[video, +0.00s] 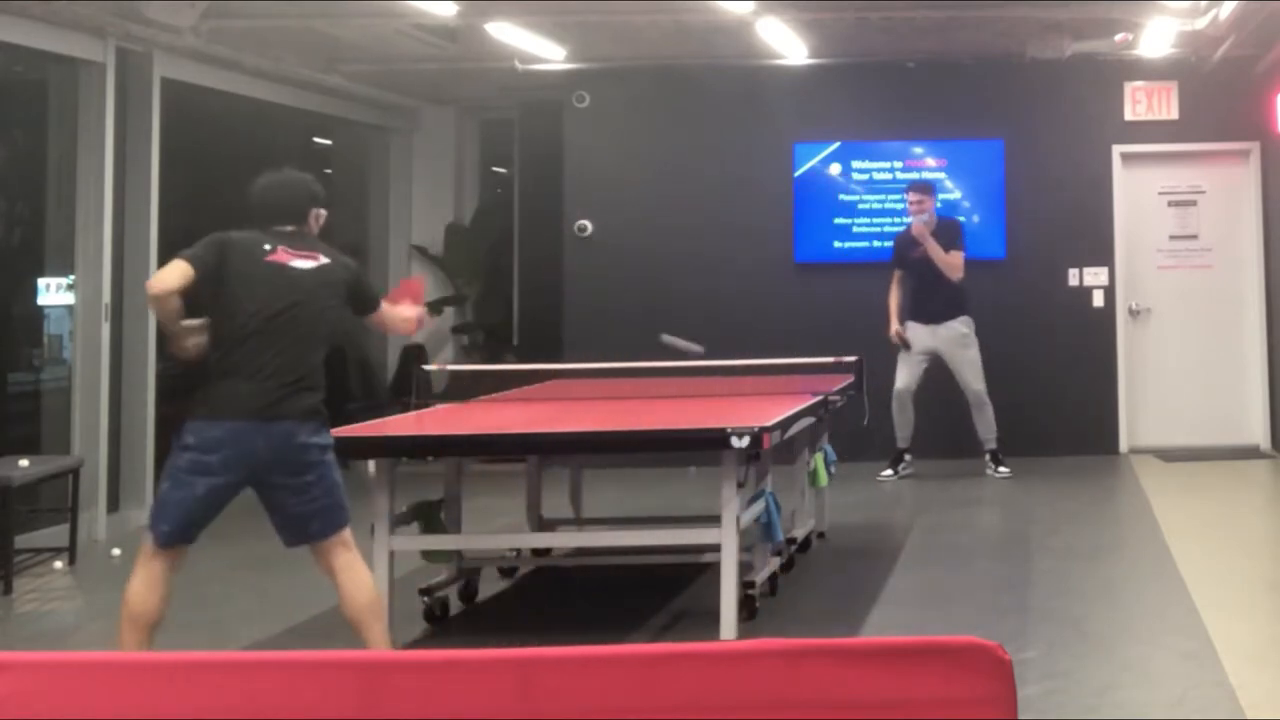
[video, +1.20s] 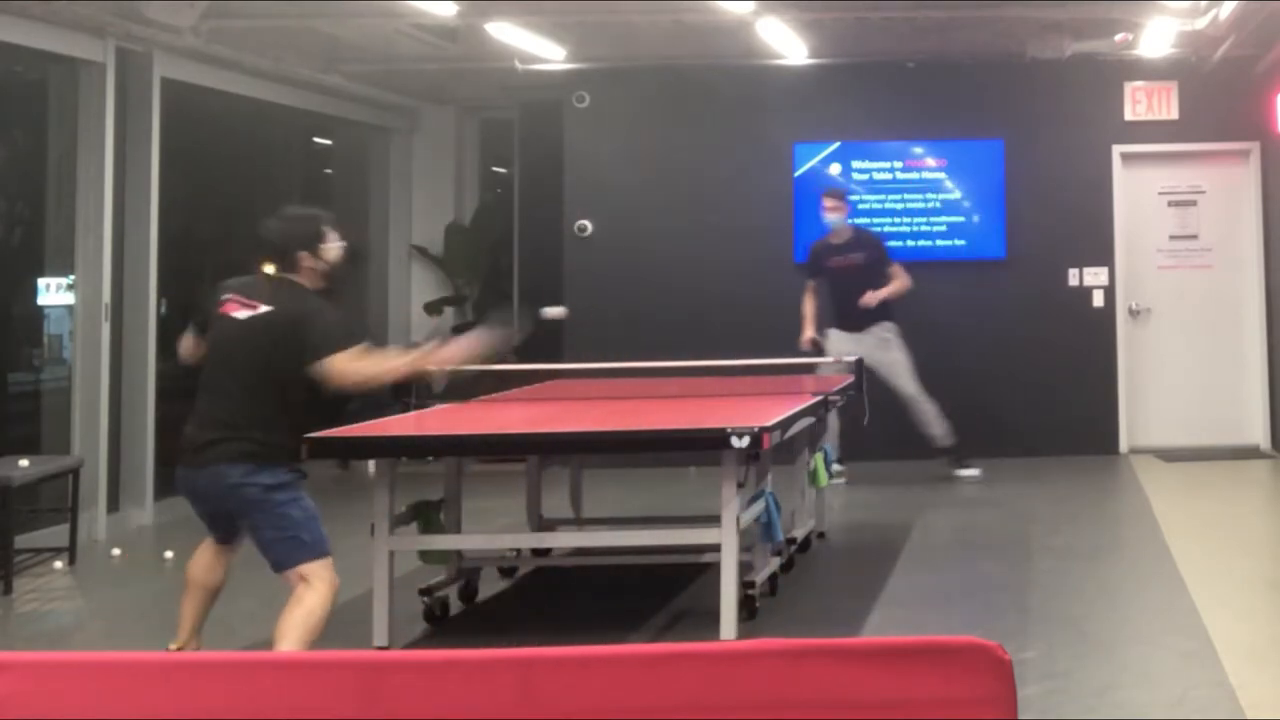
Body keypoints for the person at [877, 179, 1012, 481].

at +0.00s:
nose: (915, 208)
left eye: (920, 203)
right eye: (911, 204)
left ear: (933, 203)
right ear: (907, 205)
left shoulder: (950, 228)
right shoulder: (903, 240)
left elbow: (956, 271)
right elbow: (897, 282)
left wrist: (926, 238)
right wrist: (894, 321)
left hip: (955, 326)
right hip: (916, 328)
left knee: (977, 390)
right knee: (902, 389)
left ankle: (992, 454)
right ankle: (902, 454)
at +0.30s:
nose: (941, 223)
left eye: (946, 218)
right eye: (937, 218)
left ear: (956, 215)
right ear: (931, 217)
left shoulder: (972, 238)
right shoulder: (923, 249)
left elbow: (981, 284)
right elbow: (906, 299)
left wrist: (953, 252)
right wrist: (923, 319)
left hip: (970, 329)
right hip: (931, 331)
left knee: (993, 388)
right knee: (911, 388)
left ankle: (1013, 454)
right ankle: (903, 457)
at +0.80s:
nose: (956, 215)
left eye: (961, 209)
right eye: (951, 209)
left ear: (970, 209)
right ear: (944, 209)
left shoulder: (981, 237)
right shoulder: (932, 240)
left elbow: (983, 279)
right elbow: (909, 288)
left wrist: (964, 241)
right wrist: (928, 299)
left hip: (968, 328)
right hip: (928, 329)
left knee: (992, 386)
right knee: (900, 387)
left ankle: (1012, 455)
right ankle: (874, 454)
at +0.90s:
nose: (933, 218)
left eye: (938, 212)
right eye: (929, 213)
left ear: (948, 211)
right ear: (924, 213)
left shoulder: (962, 241)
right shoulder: (914, 247)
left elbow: (964, 283)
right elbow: (894, 293)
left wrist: (944, 245)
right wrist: (902, 309)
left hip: (958, 335)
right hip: (918, 336)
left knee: (986, 392)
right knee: (885, 390)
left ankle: (1010, 454)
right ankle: (854, 453)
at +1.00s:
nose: (901, 220)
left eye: (906, 214)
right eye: (897, 215)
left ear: (915, 214)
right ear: (892, 216)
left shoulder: (933, 245)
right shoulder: (888, 253)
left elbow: (947, 290)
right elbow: (867, 292)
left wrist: (919, 257)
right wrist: (870, 316)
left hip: (940, 341)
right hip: (900, 342)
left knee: (971, 397)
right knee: (865, 394)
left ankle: (1007, 456)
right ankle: (843, 460)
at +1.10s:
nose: (861, 218)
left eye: (866, 212)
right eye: (857, 213)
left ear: (877, 212)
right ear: (853, 216)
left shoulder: (899, 244)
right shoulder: (849, 253)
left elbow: (929, 286)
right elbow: (837, 291)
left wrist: (894, 278)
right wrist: (837, 323)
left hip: (910, 339)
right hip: (869, 340)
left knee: (949, 394)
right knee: (842, 393)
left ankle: (1001, 453)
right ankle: (833, 462)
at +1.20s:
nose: (830, 215)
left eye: (835, 209)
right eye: (826, 210)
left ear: (846, 210)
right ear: (821, 212)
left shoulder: (869, 242)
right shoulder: (819, 250)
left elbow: (903, 280)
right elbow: (810, 292)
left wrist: (879, 294)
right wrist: (808, 329)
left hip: (878, 334)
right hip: (838, 337)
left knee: (911, 390)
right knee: (828, 399)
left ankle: (953, 452)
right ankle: (829, 463)